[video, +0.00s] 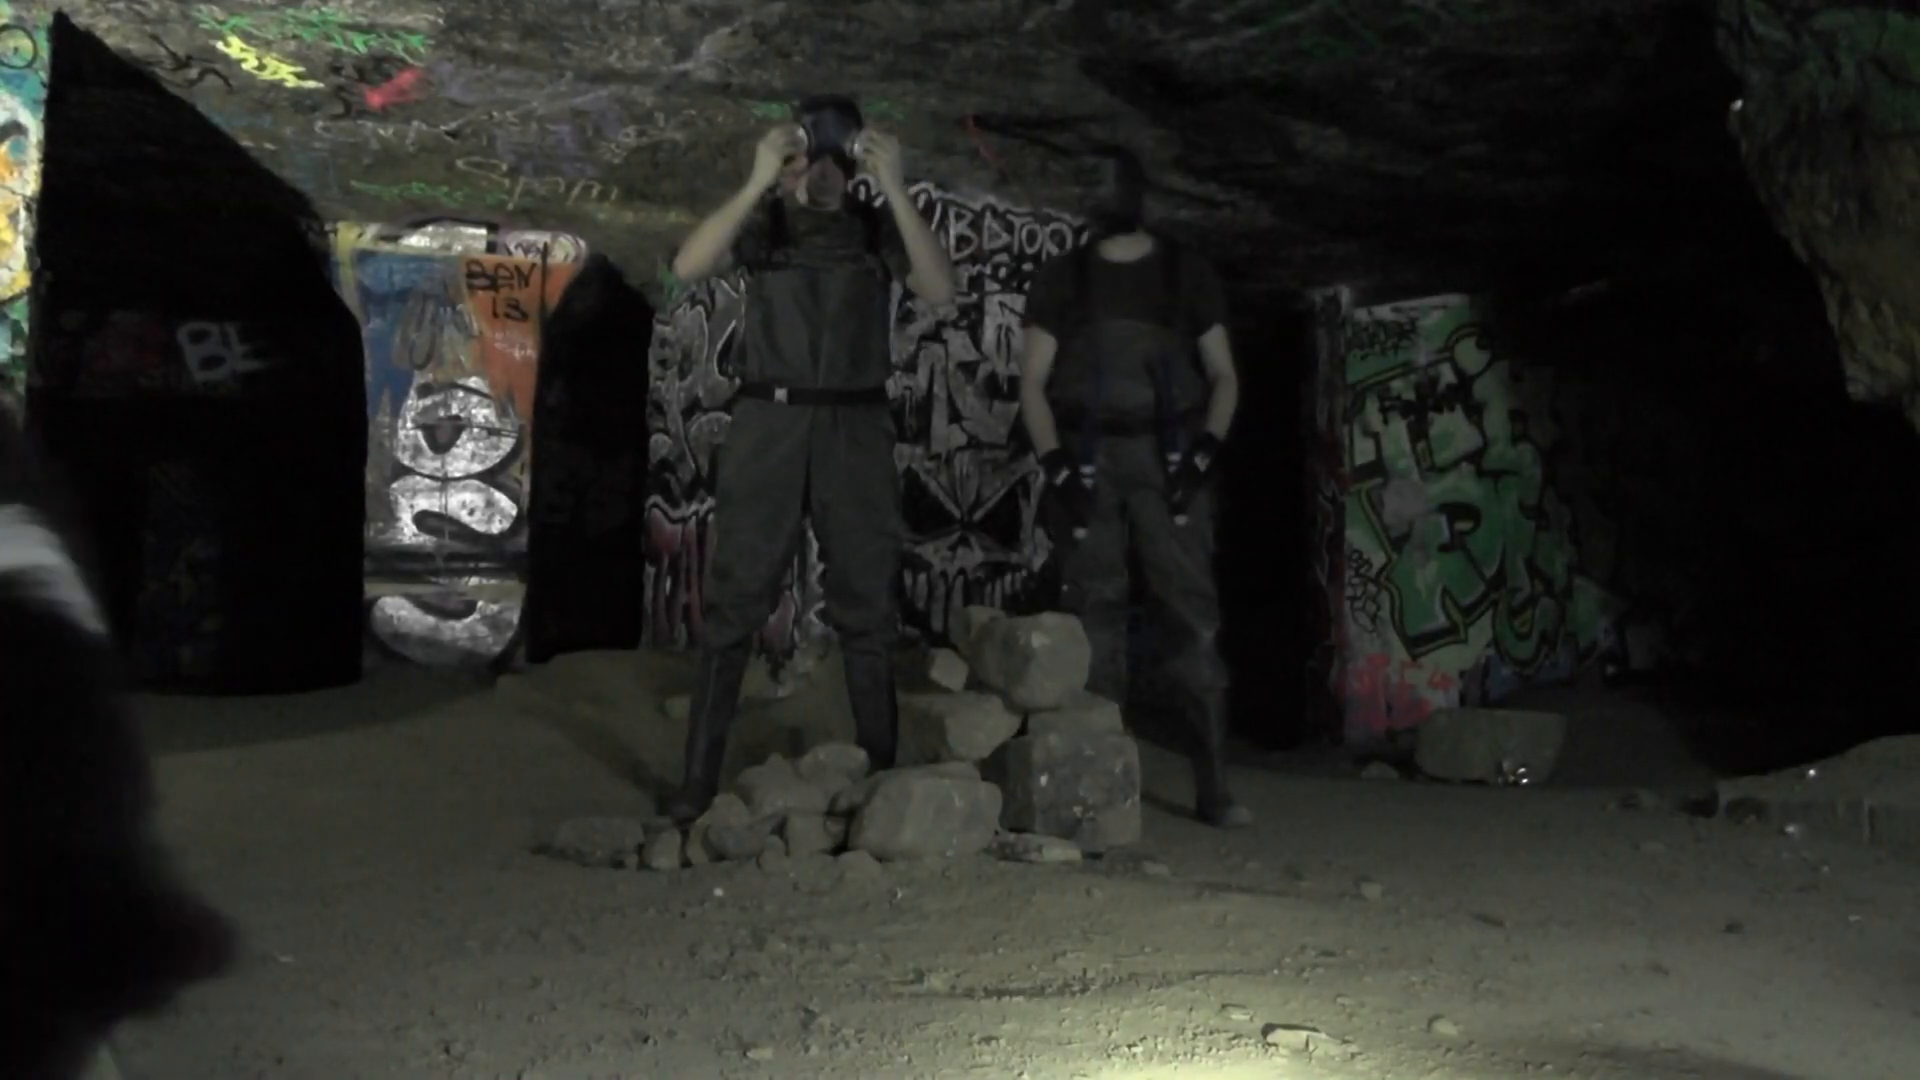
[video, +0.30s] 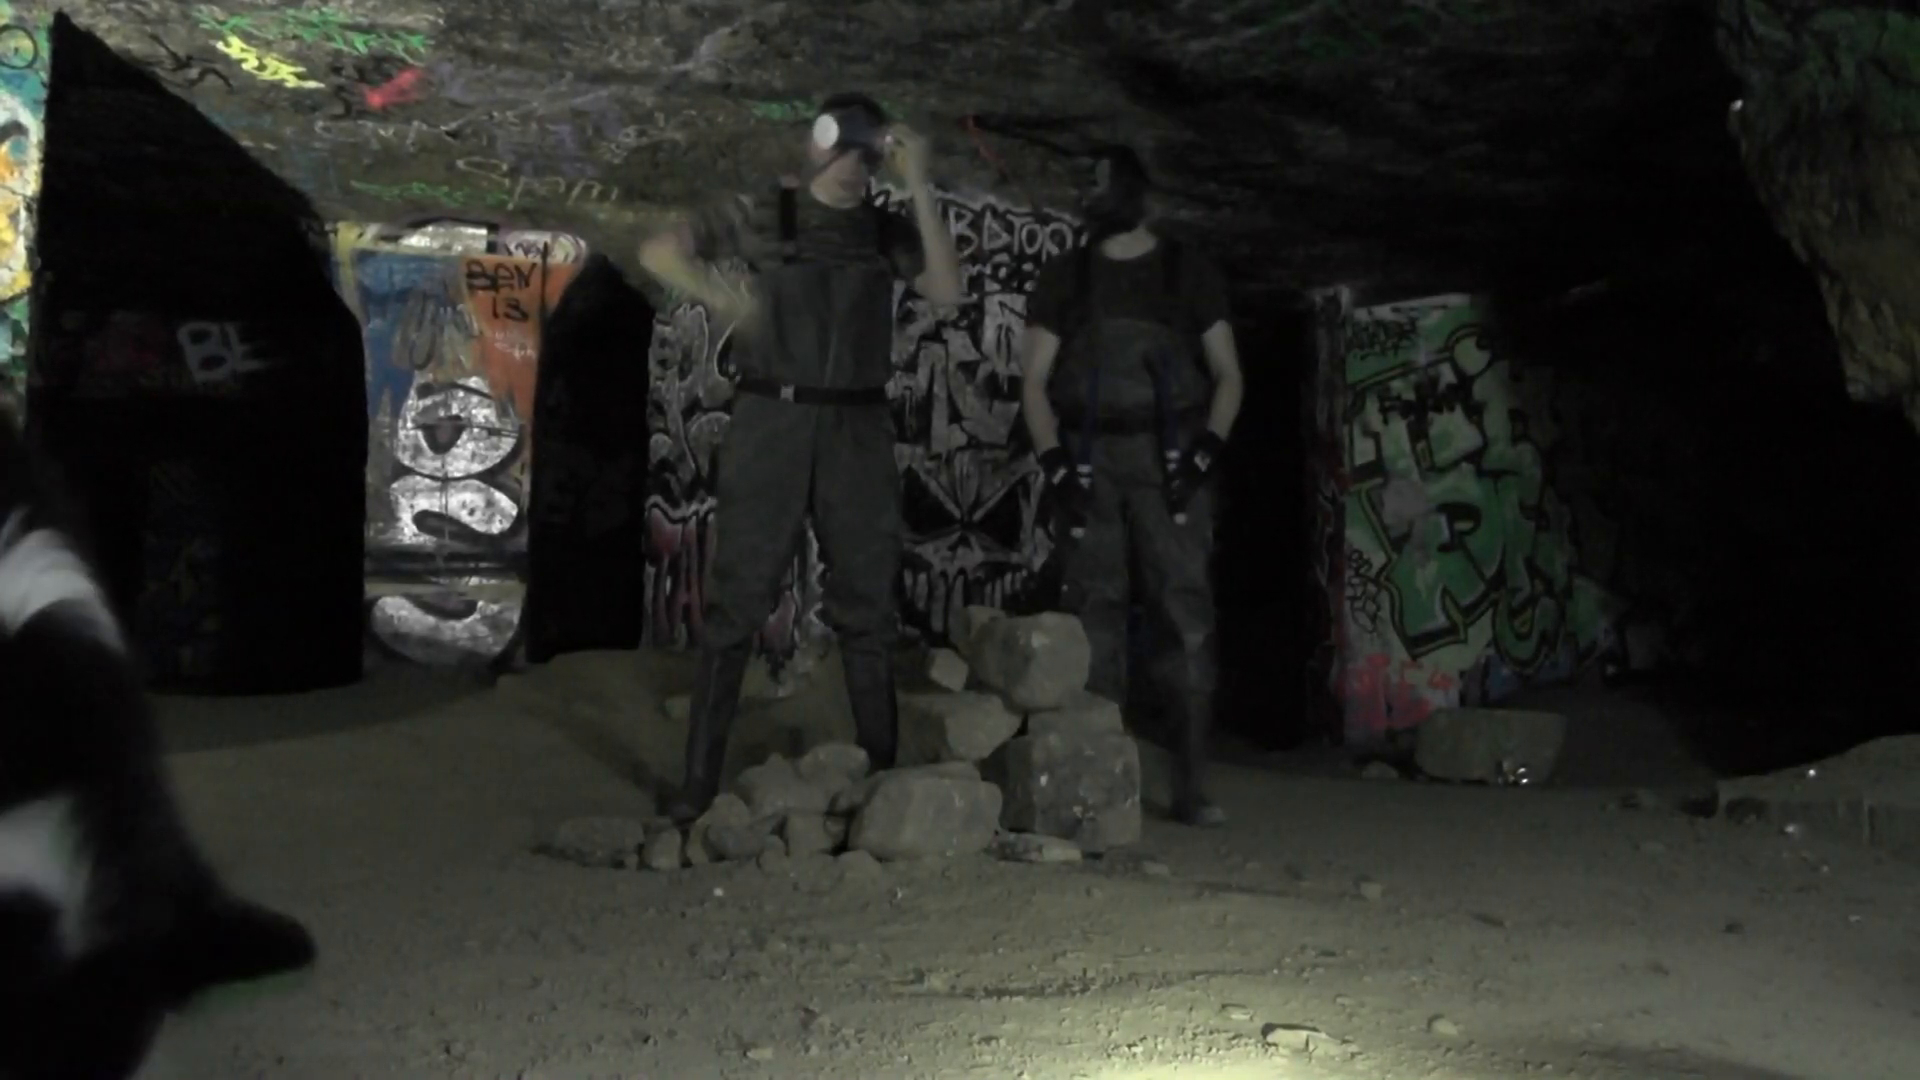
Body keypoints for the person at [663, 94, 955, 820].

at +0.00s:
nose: (814, 177)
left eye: (829, 163)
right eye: (801, 162)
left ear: (853, 170)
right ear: (781, 169)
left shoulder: (878, 232)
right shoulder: (758, 227)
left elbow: (940, 293)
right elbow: (690, 265)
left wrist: (892, 186)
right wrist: (757, 185)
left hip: (856, 440)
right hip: (766, 436)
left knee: (867, 612)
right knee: (734, 609)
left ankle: (882, 779)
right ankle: (698, 787)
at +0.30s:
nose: (861, 169)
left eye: (872, 157)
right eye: (851, 153)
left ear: (879, 162)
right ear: (818, 148)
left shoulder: (886, 228)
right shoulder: (761, 211)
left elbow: (946, 292)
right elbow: (657, 251)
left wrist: (918, 183)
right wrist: (716, 295)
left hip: (857, 438)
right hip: (769, 434)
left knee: (867, 610)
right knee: (737, 608)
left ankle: (883, 779)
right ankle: (699, 786)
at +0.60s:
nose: (856, 161)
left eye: (870, 151)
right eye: (845, 145)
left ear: (881, 160)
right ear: (816, 146)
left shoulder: (893, 230)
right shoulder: (771, 213)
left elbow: (954, 282)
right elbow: (662, 231)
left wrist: (922, 176)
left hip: (858, 437)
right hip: (769, 432)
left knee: (868, 613)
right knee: (738, 608)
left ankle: (879, 781)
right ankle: (700, 785)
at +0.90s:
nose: (848, 157)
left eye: (861, 146)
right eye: (836, 143)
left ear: (878, 158)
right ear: (811, 148)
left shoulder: (891, 228)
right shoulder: (766, 217)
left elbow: (956, 276)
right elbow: (660, 179)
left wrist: (918, 176)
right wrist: (754, 186)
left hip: (860, 440)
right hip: (770, 435)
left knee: (870, 616)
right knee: (736, 610)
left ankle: (880, 781)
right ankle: (700, 786)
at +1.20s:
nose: (847, 163)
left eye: (861, 151)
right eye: (836, 148)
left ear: (878, 161)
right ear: (809, 151)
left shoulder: (890, 227)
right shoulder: (772, 216)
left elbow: (956, 274)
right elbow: (657, 201)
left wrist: (918, 172)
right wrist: (759, 199)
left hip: (860, 439)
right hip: (770, 434)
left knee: (870, 616)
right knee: (737, 611)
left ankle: (879, 783)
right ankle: (699, 787)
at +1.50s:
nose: (835, 164)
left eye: (849, 152)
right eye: (822, 150)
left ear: (867, 161)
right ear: (797, 159)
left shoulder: (885, 225)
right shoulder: (765, 222)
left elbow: (949, 273)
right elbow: (696, 277)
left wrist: (904, 167)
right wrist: (754, 190)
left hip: (857, 438)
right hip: (767, 435)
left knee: (870, 614)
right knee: (734, 611)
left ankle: (879, 779)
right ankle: (697, 789)